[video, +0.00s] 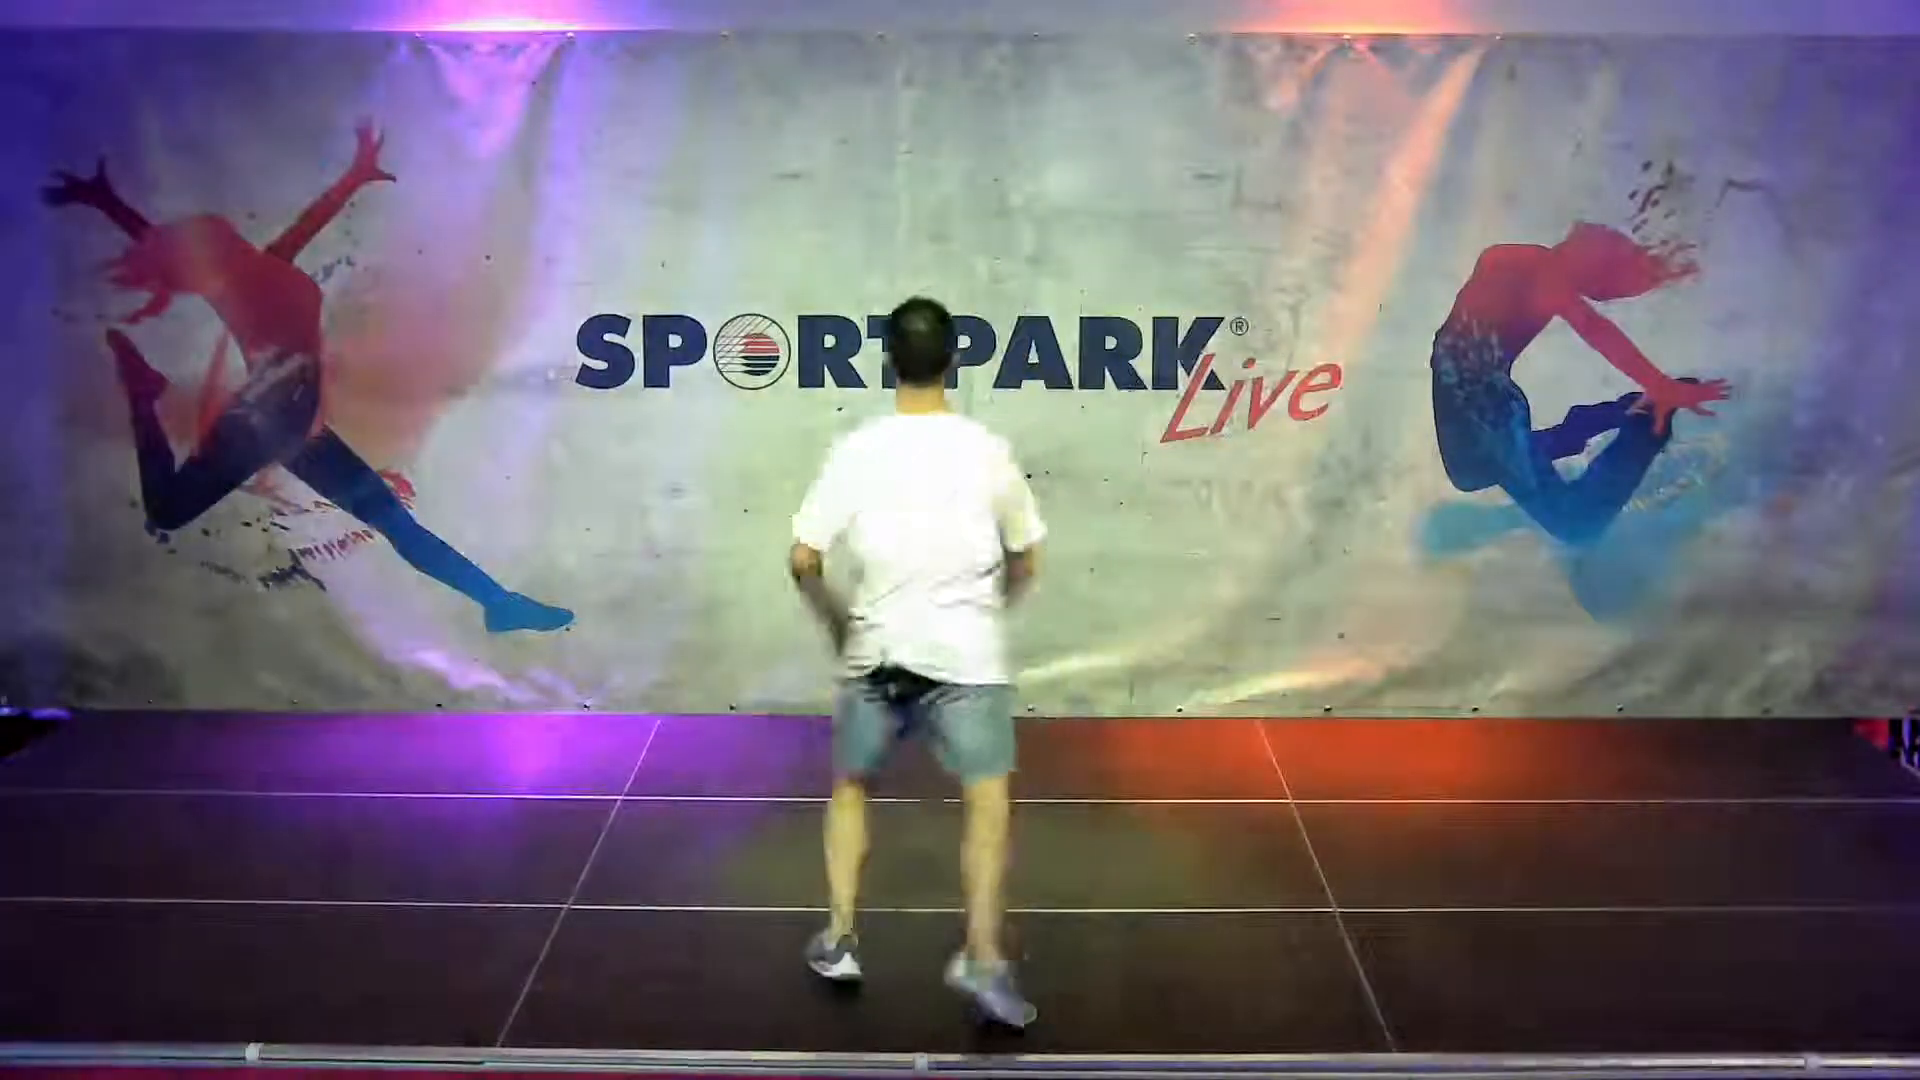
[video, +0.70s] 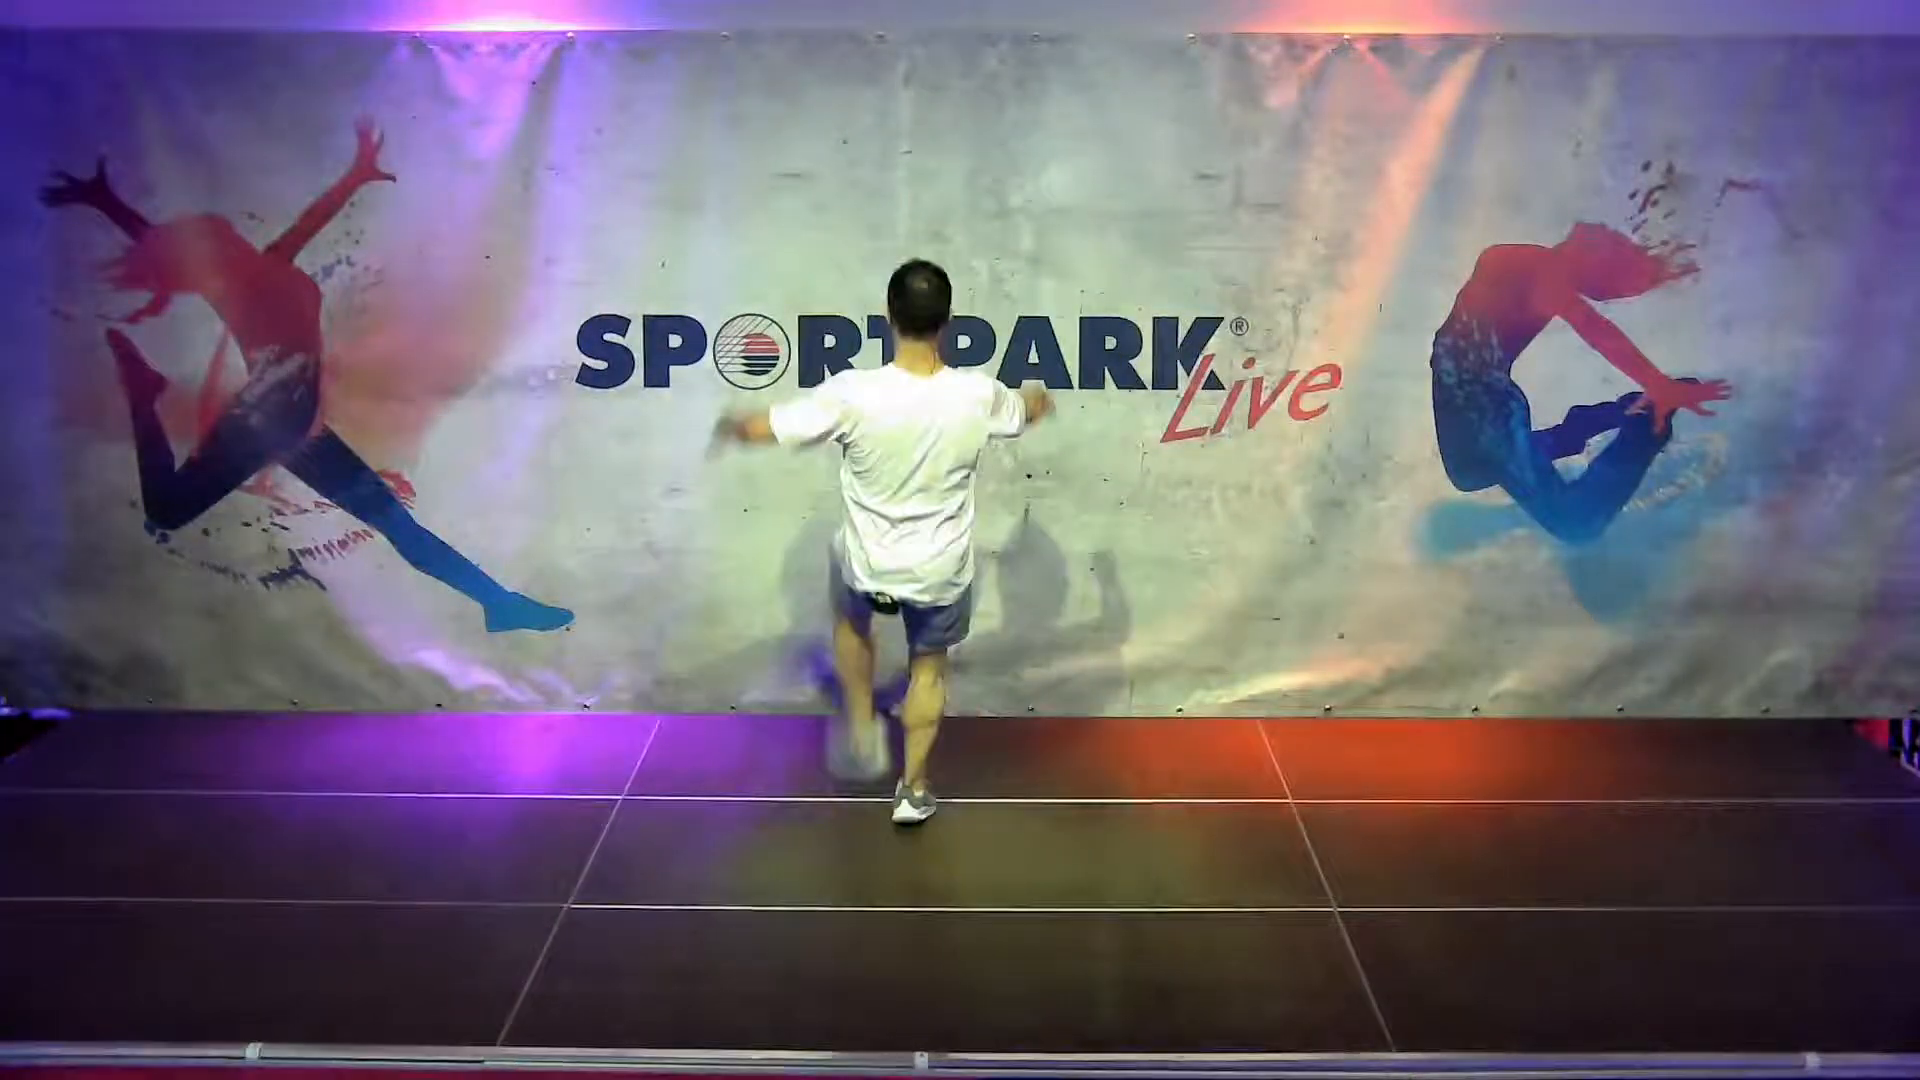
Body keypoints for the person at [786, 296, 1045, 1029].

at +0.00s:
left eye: (897, 355)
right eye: (940, 355)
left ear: (888, 365)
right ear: (953, 364)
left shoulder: (856, 451)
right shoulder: (986, 449)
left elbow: (804, 560)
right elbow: (1024, 560)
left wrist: (841, 621)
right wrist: (982, 607)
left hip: (878, 645)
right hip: (967, 647)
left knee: (850, 786)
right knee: (988, 799)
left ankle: (840, 938)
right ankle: (984, 960)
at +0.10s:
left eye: (884, 346)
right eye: (934, 348)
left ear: (877, 355)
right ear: (944, 357)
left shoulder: (844, 434)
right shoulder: (976, 439)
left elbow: (803, 518)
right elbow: (1007, 516)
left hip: (863, 637)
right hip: (950, 640)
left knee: (836, 777)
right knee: (986, 780)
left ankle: (839, 936)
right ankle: (985, 899)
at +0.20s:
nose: (904, 314)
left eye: (888, 305)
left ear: (873, 307)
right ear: (940, 312)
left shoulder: (840, 374)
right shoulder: (963, 380)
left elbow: (852, 336)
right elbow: (970, 338)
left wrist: (890, 310)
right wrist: (944, 316)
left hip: (857, 575)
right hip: (939, 575)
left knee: (842, 732)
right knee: (965, 700)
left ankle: (848, 892)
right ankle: (949, 836)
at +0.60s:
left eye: (897, 332)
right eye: (932, 333)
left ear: (883, 344)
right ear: (946, 348)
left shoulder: (849, 405)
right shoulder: (968, 414)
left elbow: (799, 340)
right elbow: (1010, 364)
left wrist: (856, 285)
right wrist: (972, 295)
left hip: (864, 586)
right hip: (936, 588)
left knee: (850, 730)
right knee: (927, 684)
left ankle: (880, 827)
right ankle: (916, 790)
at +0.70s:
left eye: (896, 306)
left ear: (889, 315)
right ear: (948, 318)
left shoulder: (854, 393)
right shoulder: (975, 393)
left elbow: (764, 428)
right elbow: (1027, 411)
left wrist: (734, 423)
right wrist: (1037, 395)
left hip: (867, 563)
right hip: (941, 569)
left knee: (852, 617)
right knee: (928, 666)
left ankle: (862, 734)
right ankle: (913, 787)